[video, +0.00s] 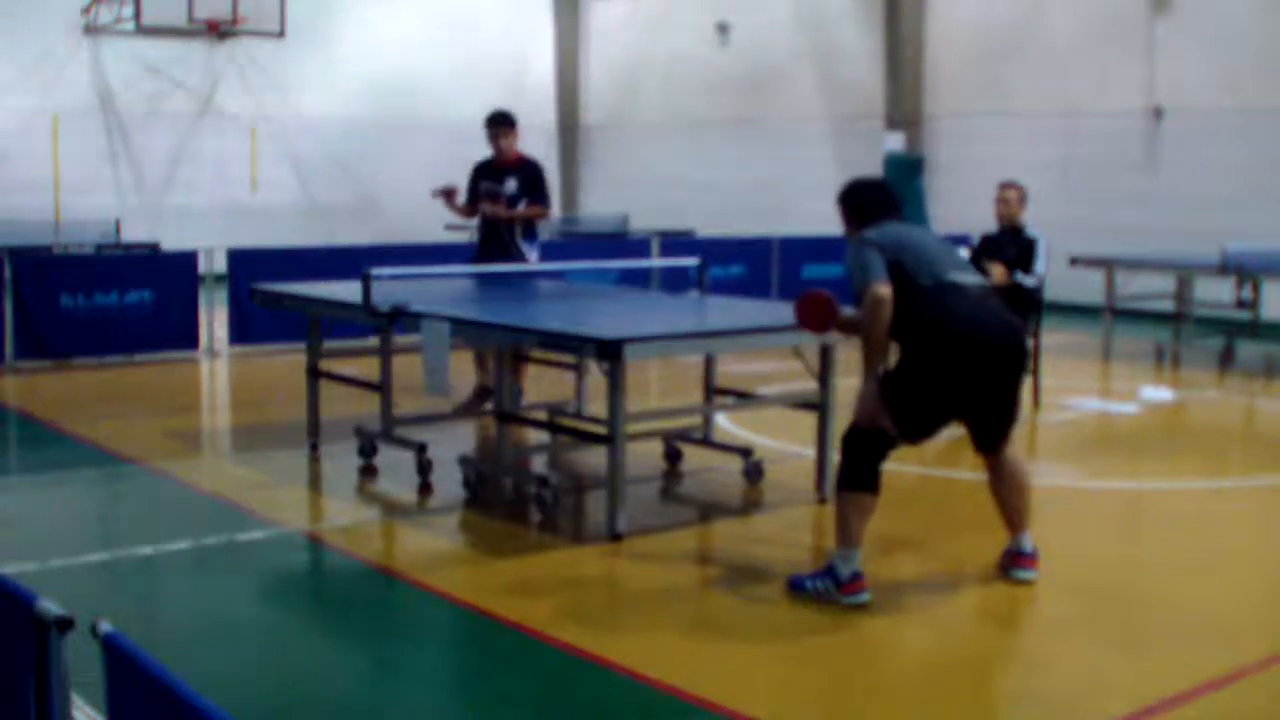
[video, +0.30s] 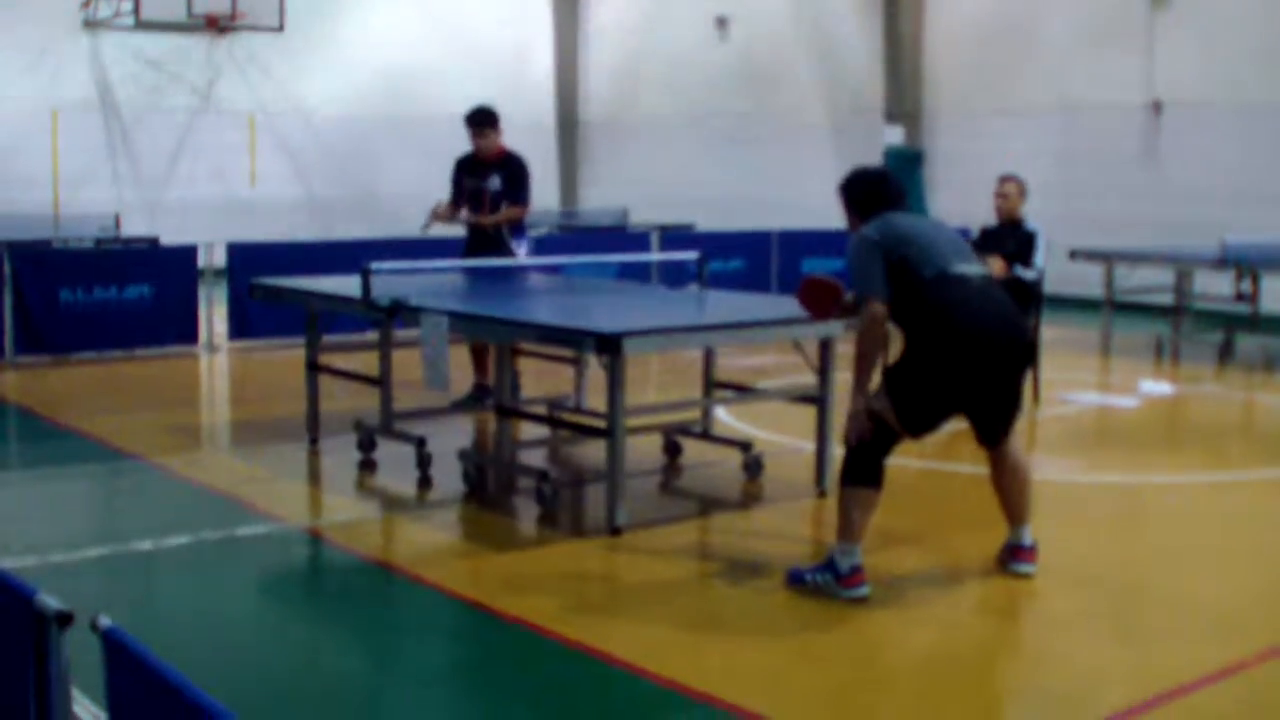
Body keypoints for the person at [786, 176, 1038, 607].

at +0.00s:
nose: (844, 228)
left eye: (844, 220)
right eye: (842, 220)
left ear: (853, 218)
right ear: (894, 209)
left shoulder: (866, 241)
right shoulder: (926, 238)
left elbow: (879, 297)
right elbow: (924, 321)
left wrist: (871, 379)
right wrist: (846, 322)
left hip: (941, 355)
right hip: (1003, 349)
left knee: (863, 444)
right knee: (996, 446)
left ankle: (845, 568)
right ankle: (1023, 547)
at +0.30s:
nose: (846, 222)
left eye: (846, 213)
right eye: (844, 212)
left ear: (856, 212)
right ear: (897, 199)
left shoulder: (868, 239)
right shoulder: (936, 229)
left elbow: (875, 318)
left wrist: (860, 397)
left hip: (941, 352)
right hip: (1005, 346)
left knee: (869, 439)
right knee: (999, 438)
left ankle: (845, 561)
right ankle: (1022, 541)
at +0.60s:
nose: (850, 218)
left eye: (850, 209)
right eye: (849, 209)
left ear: (858, 207)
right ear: (899, 196)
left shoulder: (872, 233)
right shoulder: (937, 226)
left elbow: (882, 302)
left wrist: (872, 380)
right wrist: (855, 302)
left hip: (944, 352)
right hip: (1006, 347)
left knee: (871, 438)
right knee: (999, 438)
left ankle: (845, 562)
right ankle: (1023, 542)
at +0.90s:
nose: (849, 218)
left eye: (848, 208)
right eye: (847, 208)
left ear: (857, 206)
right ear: (899, 194)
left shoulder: (872, 229)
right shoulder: (936, 222)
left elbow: (889, 281)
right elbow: (934, 279)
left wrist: (879, 368)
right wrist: (857, 292)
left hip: (942, 347)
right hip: (1004, 342)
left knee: (867, 437)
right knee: (997, 435)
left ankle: (845, 561)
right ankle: (1022, 539)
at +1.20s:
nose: (848, 213)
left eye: (847, 204)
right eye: (846, 204)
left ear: (856, 202)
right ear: (898, 191)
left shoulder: (872, 225)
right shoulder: (933, 220)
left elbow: (888, 278)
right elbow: (929, 283)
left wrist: (881, 361)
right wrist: (851, 291)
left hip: (940, 343)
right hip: (1001, 339)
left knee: (864, 435)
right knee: (995, 431)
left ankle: (844, 558)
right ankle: (1022, 537)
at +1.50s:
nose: (848, 210)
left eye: (847, 201)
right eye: (846, 201)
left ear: (855, 200)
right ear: (899, 189)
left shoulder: (870, 224)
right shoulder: (932, 219)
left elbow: (885, 280)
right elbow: (933, 278)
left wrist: (878, 360)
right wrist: (853, 285)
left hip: (939, 342)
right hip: (999, 337)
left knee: (861, 434)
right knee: (993, 431)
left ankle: (845, 558)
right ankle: (1021, 537)